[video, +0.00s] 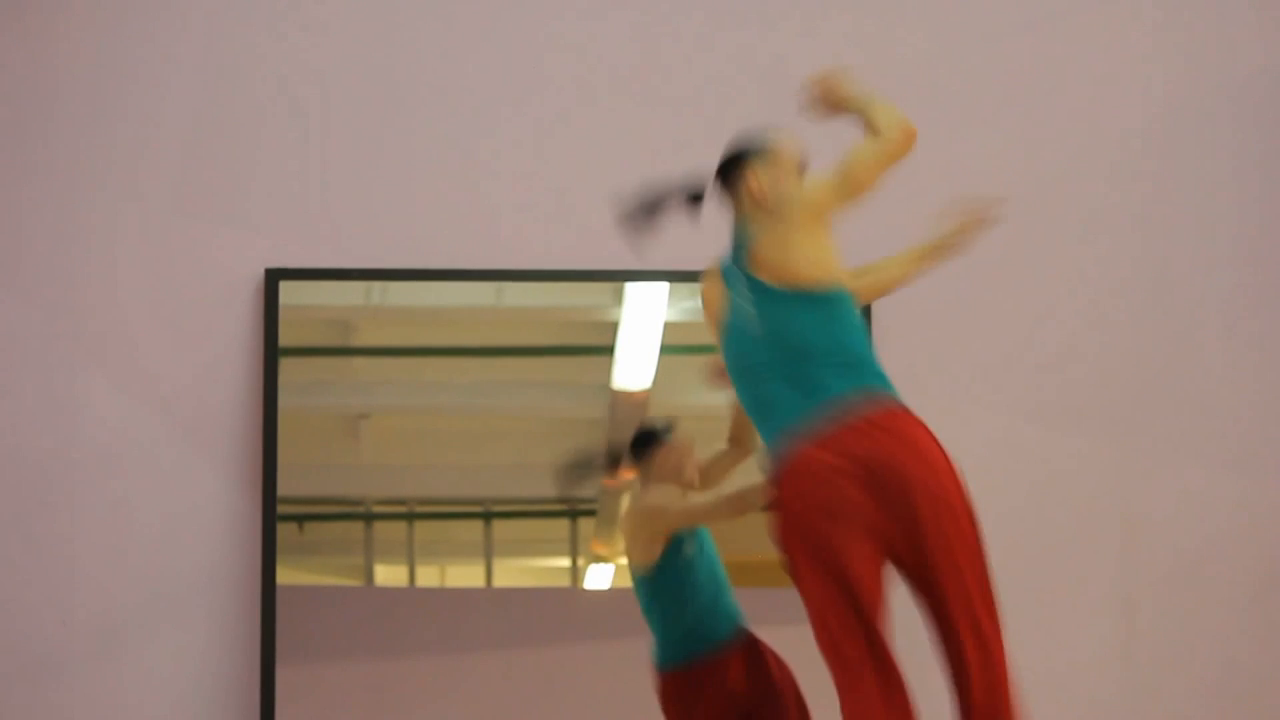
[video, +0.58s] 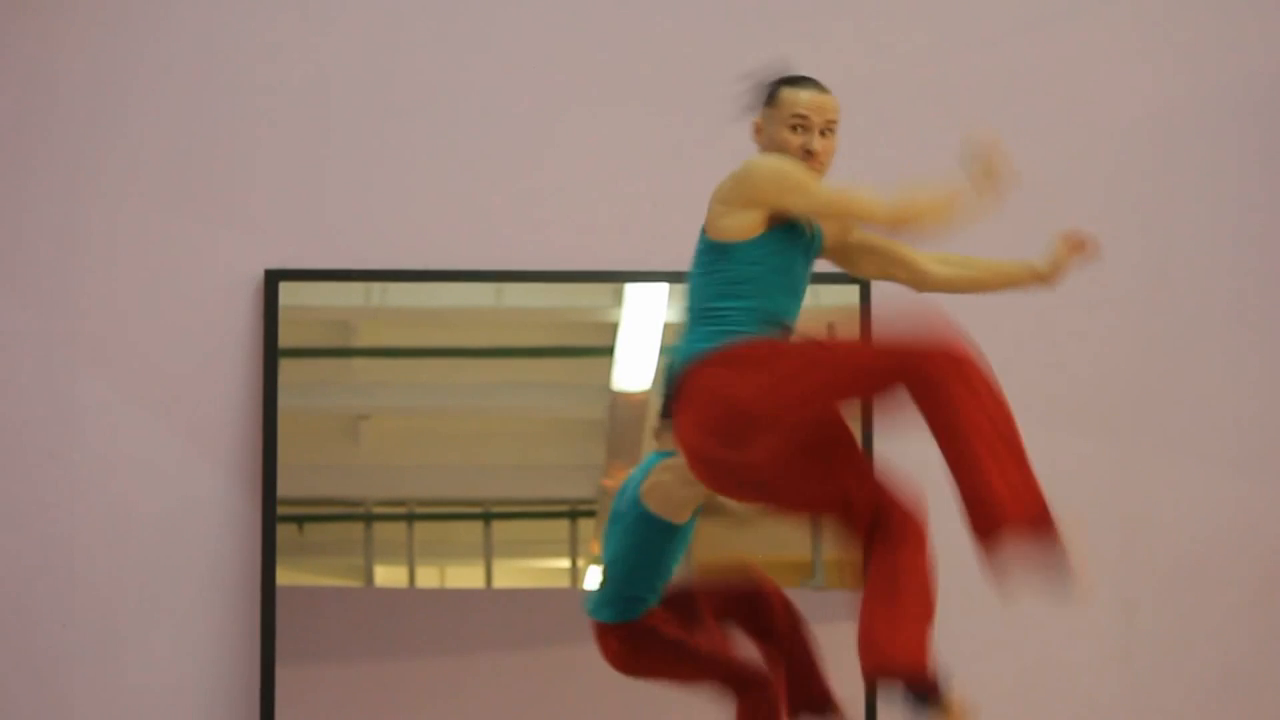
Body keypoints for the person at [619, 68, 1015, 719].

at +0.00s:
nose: (805, 184)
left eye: (801, 172)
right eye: (793, 172)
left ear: (744, 191)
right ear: (749, 184)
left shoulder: (717, 290)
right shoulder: (794, 211)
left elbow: (844, 290)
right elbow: (896, 135)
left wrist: (941, 244)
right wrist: (852, 96)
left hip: (807, 478)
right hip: (885, 441)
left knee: (859, 669)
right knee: (973, 634)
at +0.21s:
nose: (812, 153)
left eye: (812, 142)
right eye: (798, 139)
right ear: (746, 146)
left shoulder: (736, 247)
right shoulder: (767, 188)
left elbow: (877, 278)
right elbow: (890, 147)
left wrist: (988, 245)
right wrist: (903, 100)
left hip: (767, 444)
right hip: (827, 412)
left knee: (853, 631)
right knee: (979, 571)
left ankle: (891, 718)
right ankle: (1037, 708)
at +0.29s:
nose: (812, 143)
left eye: (820, 133)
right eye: (795, 129)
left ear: (827, 140)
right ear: (751, 133)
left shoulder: (799, 232)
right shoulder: (755, 177)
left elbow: (901, 272)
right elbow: (889, 175)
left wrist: (1019, 254)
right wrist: (945, 131)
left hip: (741, 435)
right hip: (770, 395)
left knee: (859, 585)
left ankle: (902, 713)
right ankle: (1042, 638)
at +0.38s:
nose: (812, 143)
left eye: (820, 133)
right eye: (795, 129)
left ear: (828, 141)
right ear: (750, 133)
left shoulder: (800, 232)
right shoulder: (755, 177)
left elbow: (901, 272)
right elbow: (888, 175)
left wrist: (1018, 254)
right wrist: (945, 131)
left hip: (741, 434)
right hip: (770, 395)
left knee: (858, 583)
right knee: (969, 456)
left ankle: (902, 713)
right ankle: (1042, 639)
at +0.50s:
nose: (812, 143)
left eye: (826, 131)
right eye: (796, 127)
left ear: (837, 138)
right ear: (761, 131)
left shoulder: (813, 219)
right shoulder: (756, 180)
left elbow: (922, 270)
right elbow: (881, 210)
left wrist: (1038, 273)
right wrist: (968, 192)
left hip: (735, 438)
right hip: (730, 386)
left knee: (892, 518)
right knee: (930, 348)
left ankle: (900, 669)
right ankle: (1015, 523)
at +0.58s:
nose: (812, 143)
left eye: (826, 131)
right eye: (796, 127)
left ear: (837, 138)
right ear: (761, 131)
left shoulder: (813, 219)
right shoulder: (756, 180)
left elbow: (921, 270)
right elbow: (883, 210)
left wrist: (1037, 273)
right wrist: (970, 190)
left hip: (735, 438)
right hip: (730, 387)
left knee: (892, 518)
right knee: (931, 349)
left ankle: (900, 670)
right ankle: (1015, 524)